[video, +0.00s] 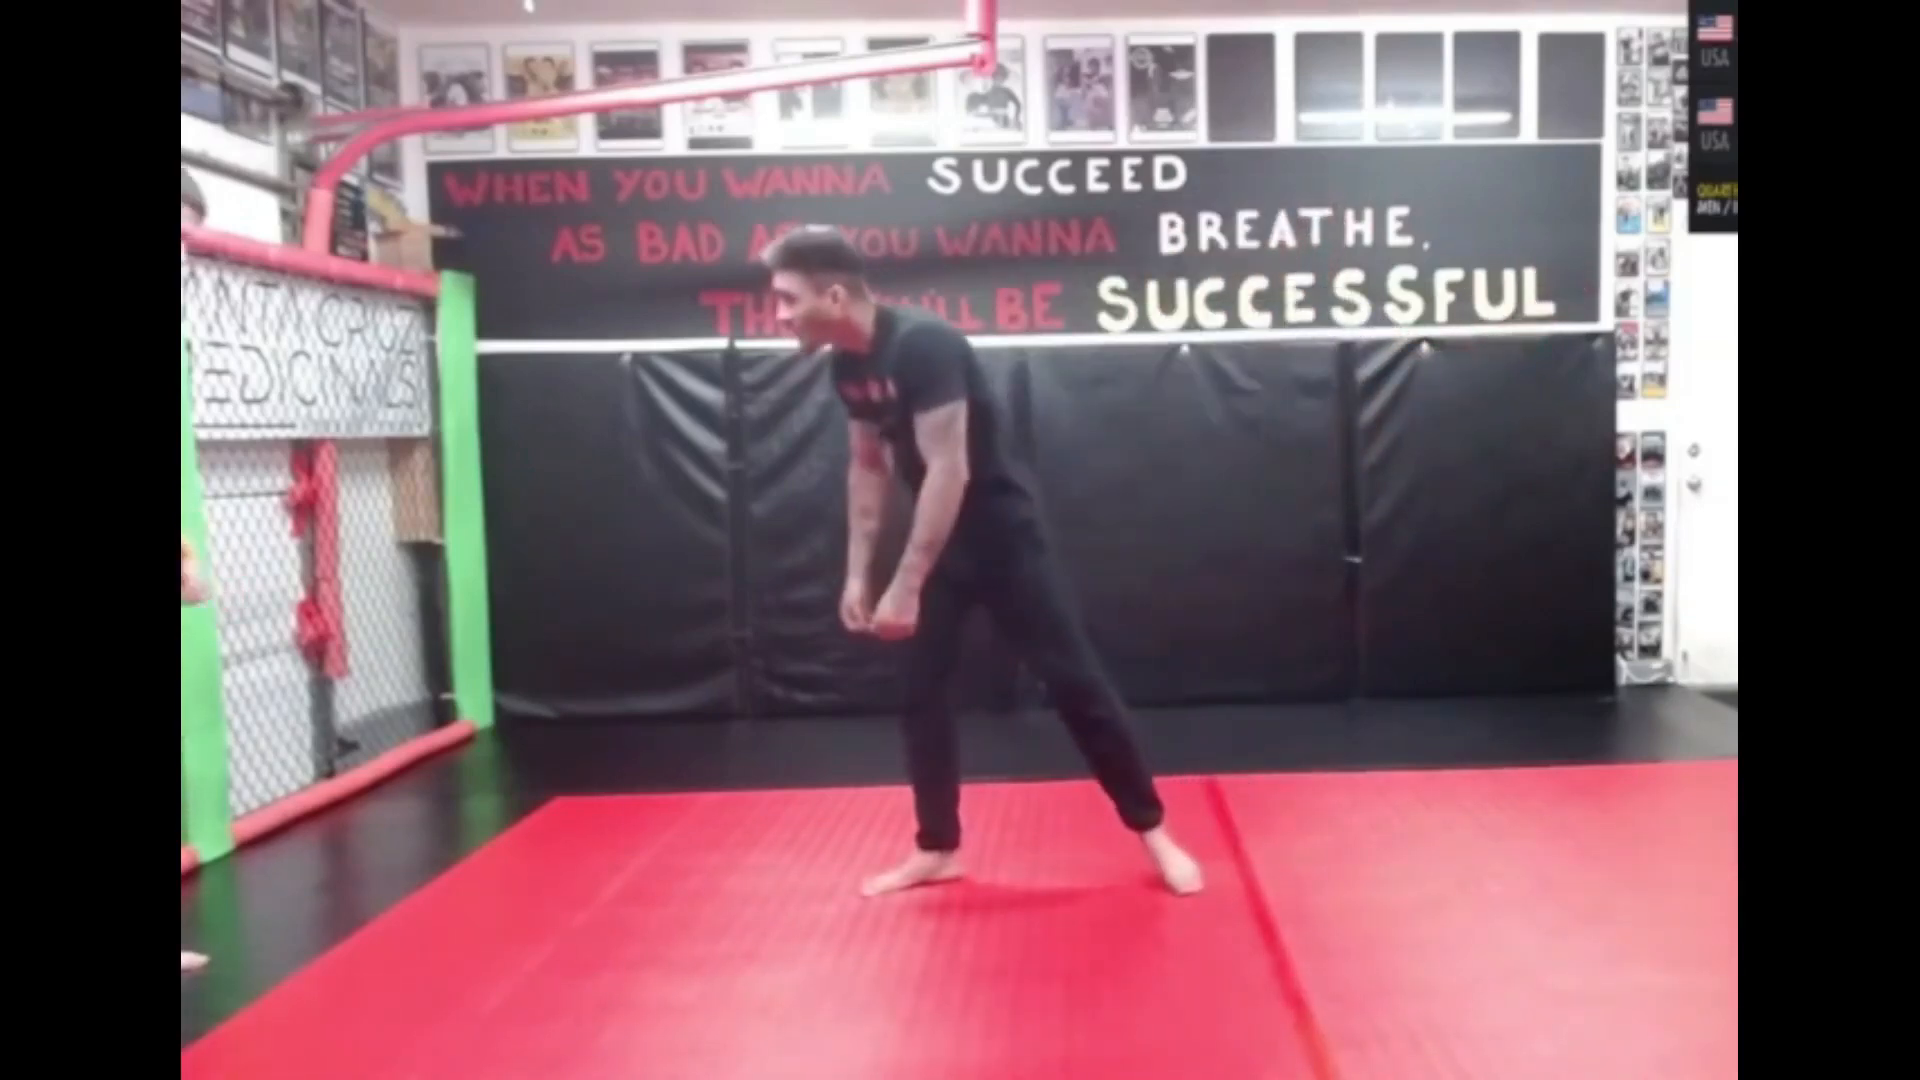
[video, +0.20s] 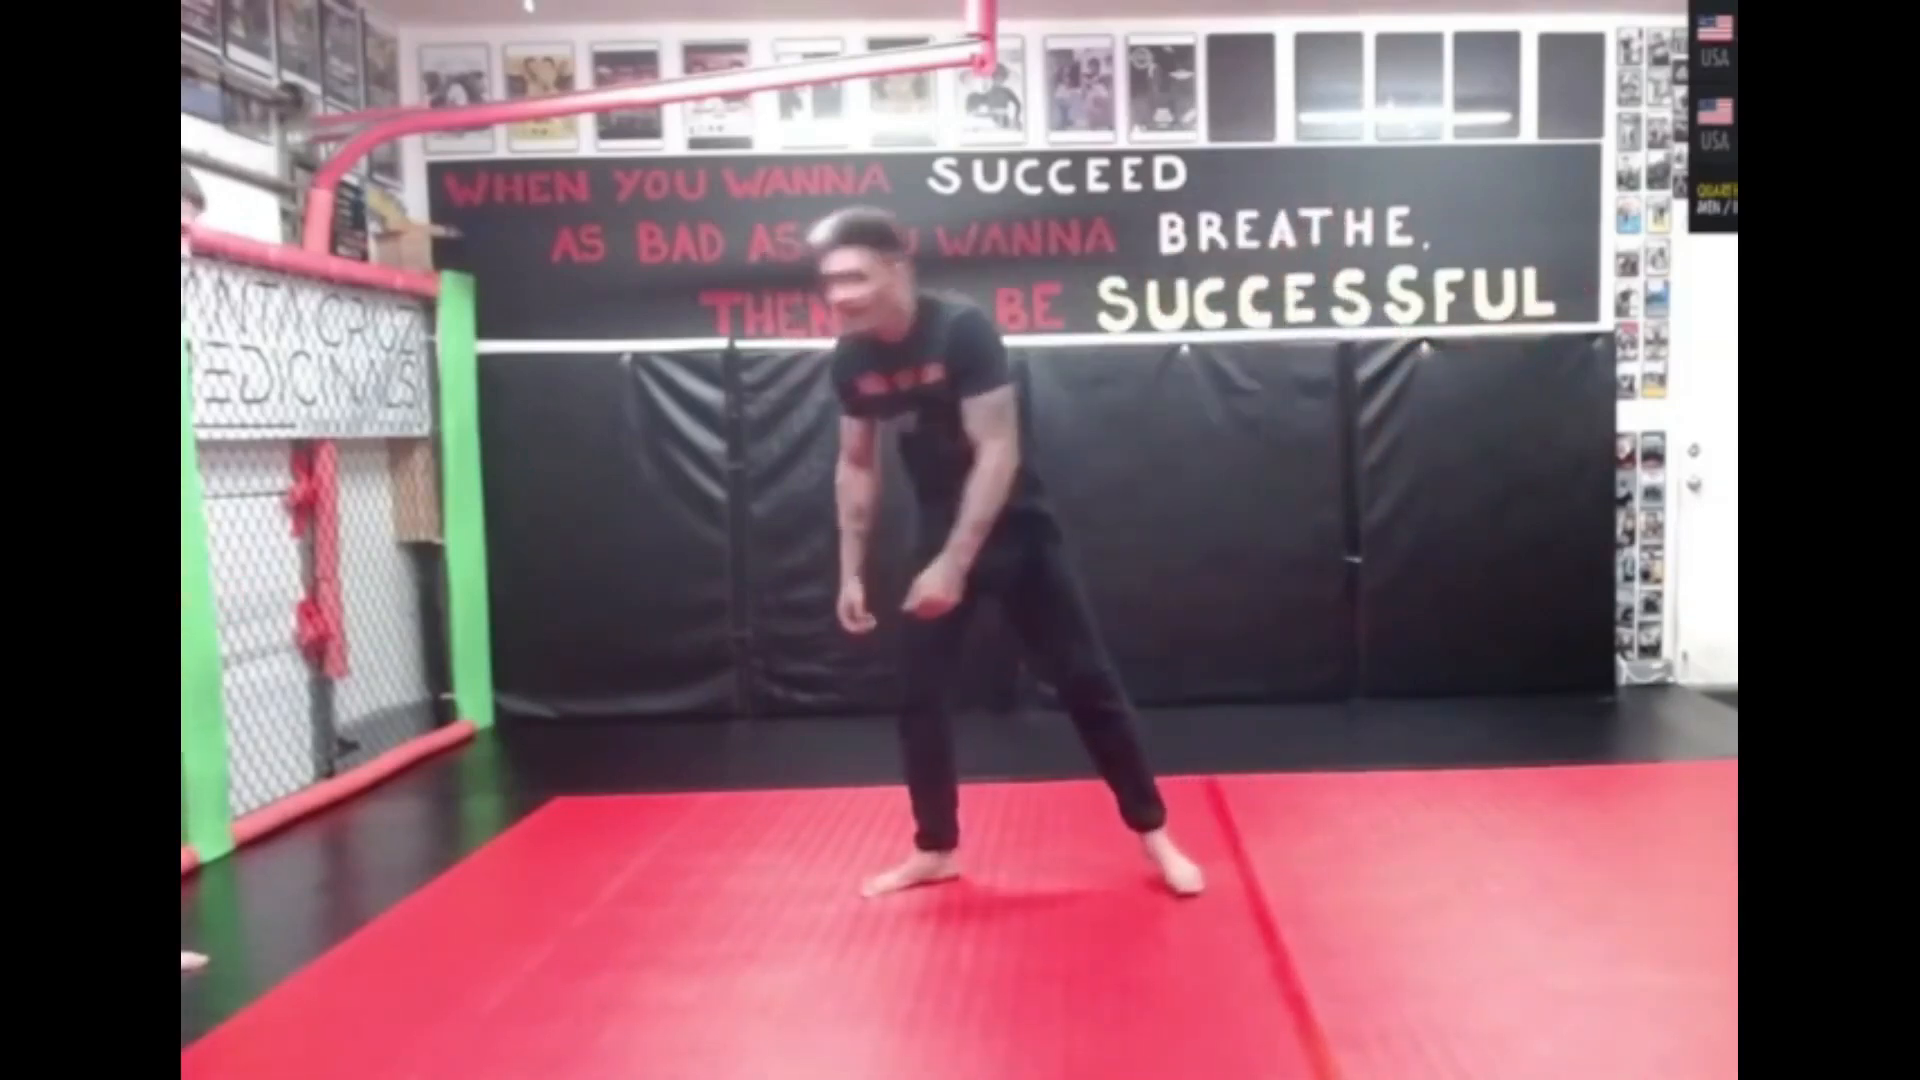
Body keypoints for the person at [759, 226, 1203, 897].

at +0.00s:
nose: (780, 316)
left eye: (788, 300)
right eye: (777, 301)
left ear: (838, 293)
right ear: (828, 298)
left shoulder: (925, 345)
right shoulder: (849, 367)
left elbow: (949, 473)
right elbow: (868, 466)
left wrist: (905, 585)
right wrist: (858, 573)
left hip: (1002, 528)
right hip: (935, 535)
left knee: (1069, 670)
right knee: (922, 683)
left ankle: (1154, 832)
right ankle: (937, 849)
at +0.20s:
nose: (841, 297)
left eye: (855, 278)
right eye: (831, 284)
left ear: (902, 267)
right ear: (825, 288)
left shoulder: (963, 332)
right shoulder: (852, 361)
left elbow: (998, 453)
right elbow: (856, 463)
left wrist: (953, 561)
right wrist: (851, 573)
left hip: (1013, 520)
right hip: (939, 529)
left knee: (1083, 673)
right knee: (917, 685)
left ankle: (1154, 833)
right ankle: (935, 848)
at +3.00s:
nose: (1364, 270)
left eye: (1376, 259)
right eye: (1357, 261)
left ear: (1403, 263)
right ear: (1350, 270)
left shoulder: (1425, 325)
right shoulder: (1345, 344)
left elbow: (1440, 398)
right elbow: (1334, 434)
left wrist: (1418, 445)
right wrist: (1308, 516)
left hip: (1411, 494)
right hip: (1360, 499)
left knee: (1391, 626)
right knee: (1371, 626)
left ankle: (1406, 777)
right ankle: (1396, 759)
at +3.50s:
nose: (1274, 267)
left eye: (1286, 256)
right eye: (1267, 257)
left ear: (1314, 258)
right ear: (1263, 265)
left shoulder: (1333, 319)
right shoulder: (1277, 335)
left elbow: (1323, 394)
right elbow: (1267, 434)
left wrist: (1294, 434)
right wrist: (1240, 512)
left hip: (1322, 503)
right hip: (1279, 504)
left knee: (1314, 641)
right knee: (1254, 634)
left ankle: (1310, 790)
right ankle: (1330, 735)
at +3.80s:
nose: (1221, 271)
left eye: (1233, 258)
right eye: (1212, 261)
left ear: (1260, 261)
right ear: (1203, 270)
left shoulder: (1279, 327)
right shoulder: (1216, 340)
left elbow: (1282, 395)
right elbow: (1203, 436)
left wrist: (1266, 443)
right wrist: (1180, 518)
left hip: (1259, 503)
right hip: (1214, 504)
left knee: (1275, 642)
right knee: (1195, 635)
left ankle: (1305, 791)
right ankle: (1156, 768)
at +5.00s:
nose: (1124, 268)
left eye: (1134, 256)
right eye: (1112, 258)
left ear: (1152, 261)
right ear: (1095, 267)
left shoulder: (1172, 320)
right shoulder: (1091, 346)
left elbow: (1197, 388)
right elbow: (1076, 437)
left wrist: (1175, 426)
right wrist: (1047, 518)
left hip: (1164, 511)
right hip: (1108, 513)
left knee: (1170, 652)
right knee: (1119, 648)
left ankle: (1189, 805)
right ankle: (1144, 776)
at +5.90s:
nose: (1130, 372)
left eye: (1141, 357)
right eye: (1117, 359)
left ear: (1163, 343)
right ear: (1101, 349)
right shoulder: (1099, 370)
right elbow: (1102, 423)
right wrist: (1096, 496)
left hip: (1199, 509)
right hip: (1144, 504)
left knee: (1189, 647)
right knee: (1130, 634)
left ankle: (1190, 813)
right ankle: (1145, 760)